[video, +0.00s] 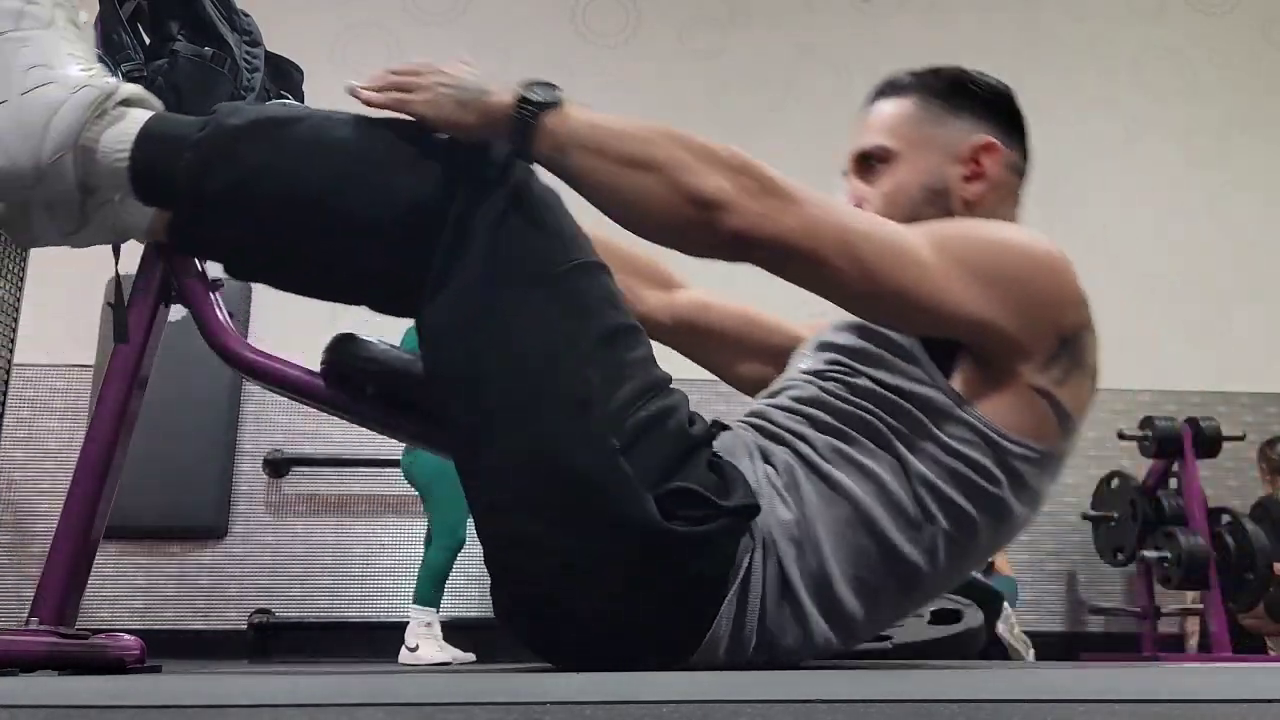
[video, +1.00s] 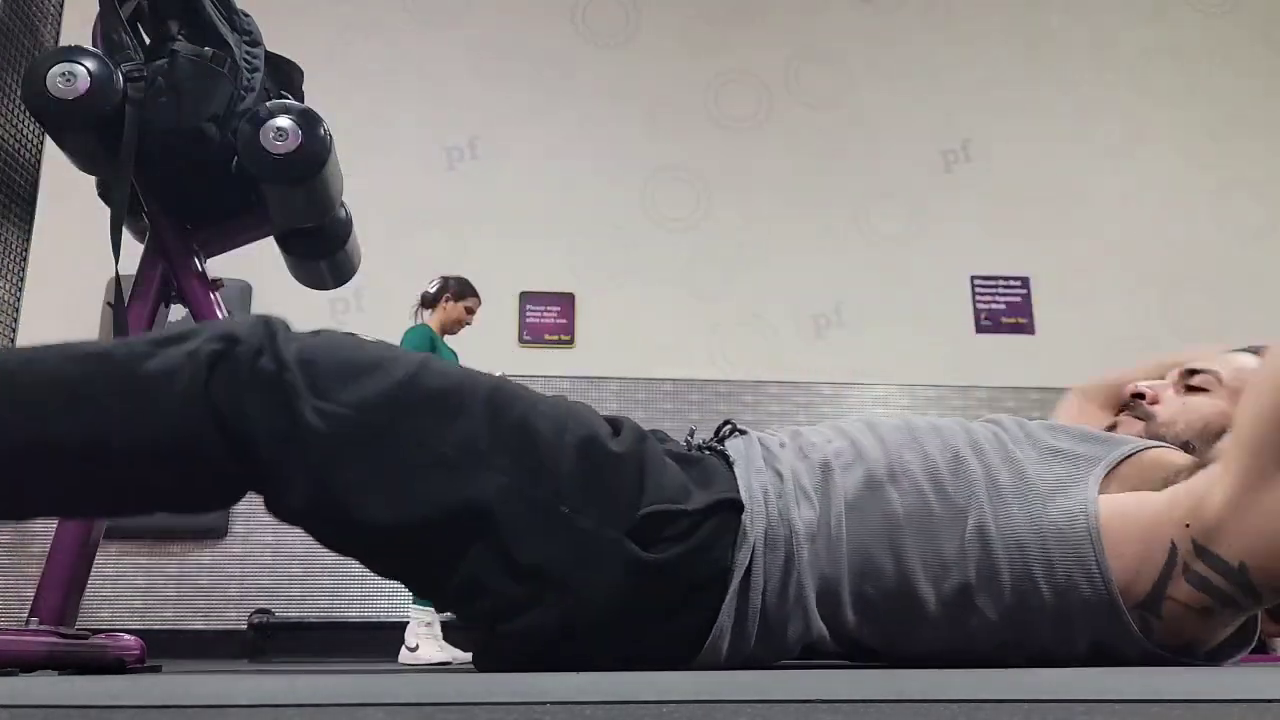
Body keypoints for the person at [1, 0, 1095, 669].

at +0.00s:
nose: (850, 196)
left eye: (878, 168)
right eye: (853, 175)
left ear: (984, 170)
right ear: (924, 183)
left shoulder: (1036, 287)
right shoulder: (861, 343)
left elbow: (759, 212)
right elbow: (646, 287)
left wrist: (516, 112)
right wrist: (495, 157)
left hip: (696, 570)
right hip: (643, 564)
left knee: (472, 189)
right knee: (470, 185)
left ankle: (78, 164)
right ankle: (98, 157)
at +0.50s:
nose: (889, 210)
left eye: (921, 185)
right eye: (892, 185)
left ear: (1019, 196)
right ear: (923, 214)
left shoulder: (1064, 323)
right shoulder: (883, 366)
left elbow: (798, 165)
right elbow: (699, 282)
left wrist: (635, 31)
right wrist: (605, 114)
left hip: (686, 569)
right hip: (654, 541)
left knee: (443, 196)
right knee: (438, 211)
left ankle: (75, 163)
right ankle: (95, 180)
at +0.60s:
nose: (964, 256)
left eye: (997, 228)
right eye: (964, 232)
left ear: (1095, 261)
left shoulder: (1126, 389)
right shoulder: (933, 406)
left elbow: (905, 174)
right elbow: (788, 293)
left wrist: (798, 52)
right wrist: (765, 110)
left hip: (694, 559)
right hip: (644, 539)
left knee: (384, 241)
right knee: (383, 239)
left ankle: (28, 211)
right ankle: (64, 191)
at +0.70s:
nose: (1052, 309)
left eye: (1103, 298)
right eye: (1062, 289)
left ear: (1190, 345)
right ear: (1058, 313)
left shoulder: (1163, 474)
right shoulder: (976, 432)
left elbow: (1062, 296)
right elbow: (879, 305)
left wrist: (991, 102)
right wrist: (929, 140)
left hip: (690, 560)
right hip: (657, 523)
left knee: (347, 270)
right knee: (362, 287)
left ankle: (20, 253)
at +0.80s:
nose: (1108, 345)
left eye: (1154, 341)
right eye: (1125, 324)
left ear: (1217, 402)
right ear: (1131, 352)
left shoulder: (1183, 517)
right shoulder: (1014, 466)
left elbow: (1165, 335)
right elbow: (975, 332)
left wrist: (1155, 171)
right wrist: (1086, 196)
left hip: (687, 556)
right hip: (659, 504)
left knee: (322, 298)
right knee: (370, 312)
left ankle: (20, 307)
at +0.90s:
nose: (1174, 365)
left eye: (1201, 359)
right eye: (1180, 351)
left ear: (1245, 406)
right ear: (1181, 387)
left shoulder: (1207, 527)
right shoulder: (1084, 460)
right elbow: (1040, 357)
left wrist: (1203, 361)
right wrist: (1199, 279)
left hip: (700, 546)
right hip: (684, 493)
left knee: (282, 345)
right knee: (295, 353)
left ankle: (8, 359)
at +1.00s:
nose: (1189, 388)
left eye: (1217, 402)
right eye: (1191, 377)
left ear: (1245, 455)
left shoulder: (1193, 569)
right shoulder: (1099, 483)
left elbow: (1266, 398)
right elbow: (1092, 395)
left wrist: (1241, 391)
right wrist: (1195, 390)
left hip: (690, 538)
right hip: (677, 510)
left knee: (247, 378)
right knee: (250, 387)